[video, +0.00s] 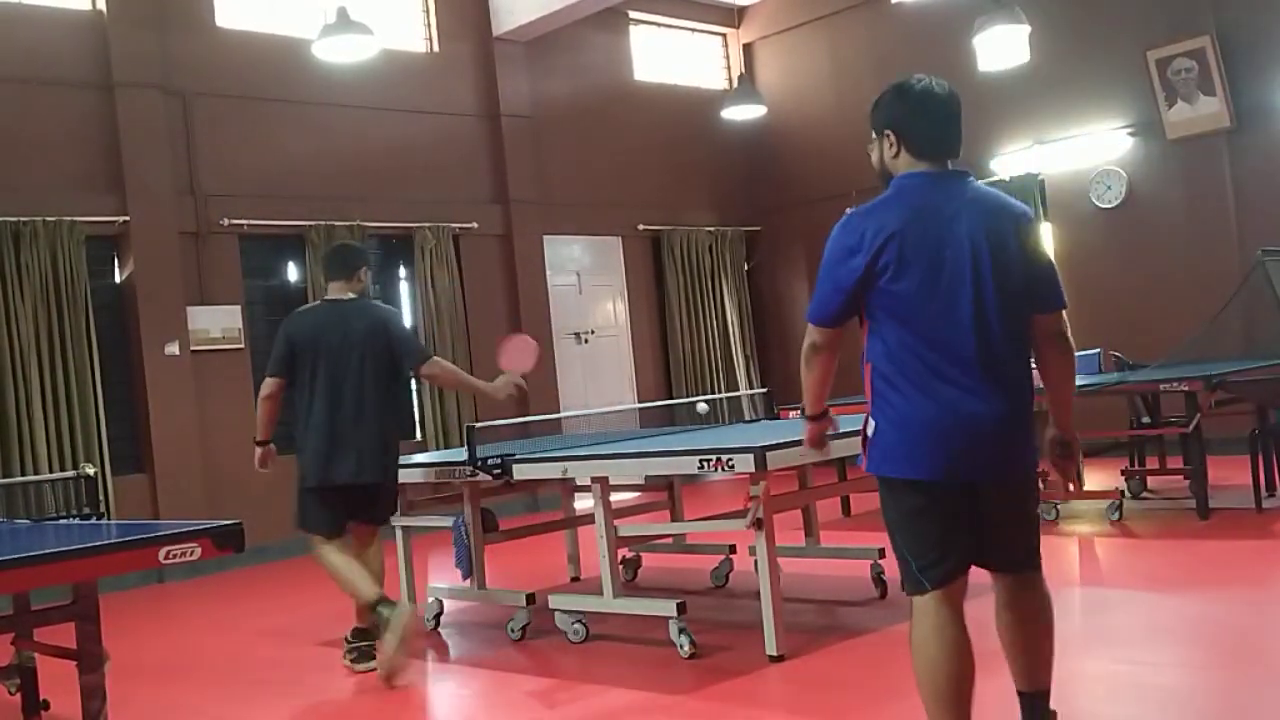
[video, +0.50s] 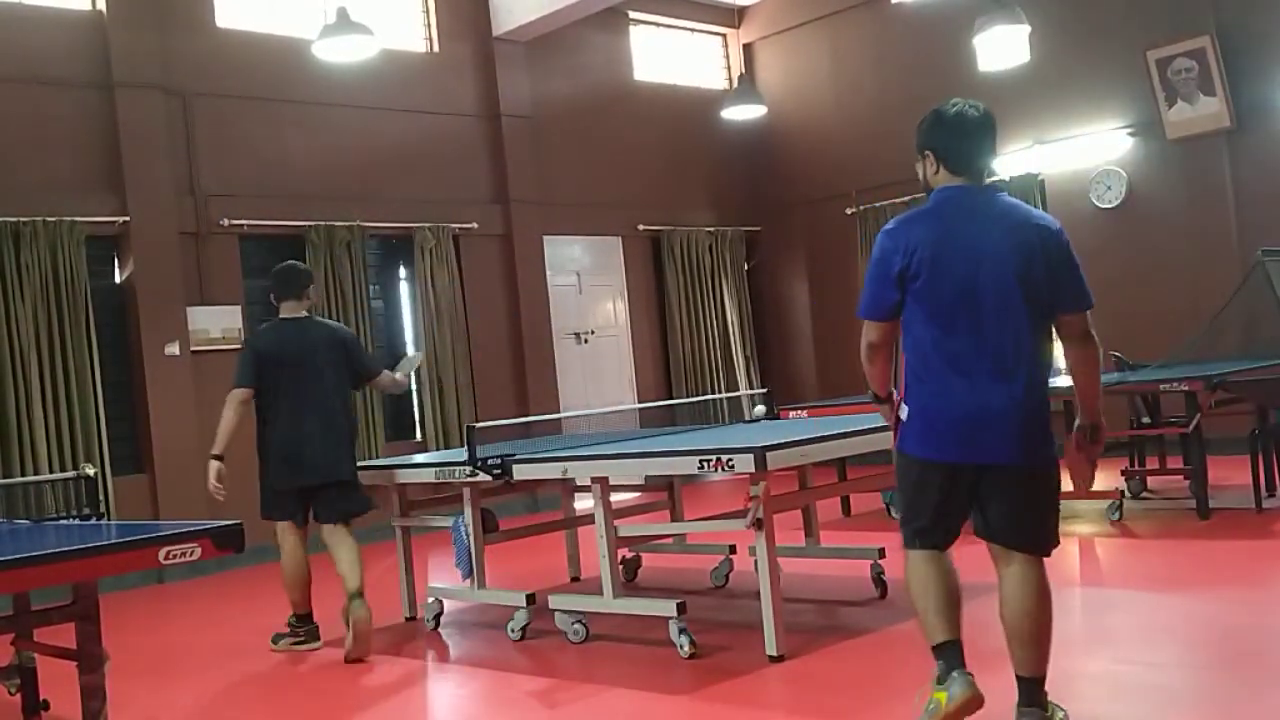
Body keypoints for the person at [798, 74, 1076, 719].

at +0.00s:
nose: (871, 153)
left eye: (872, 140)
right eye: (872, 141)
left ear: (891, 141)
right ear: (955, 139)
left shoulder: (864, 226)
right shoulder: (1013, 216)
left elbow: (822, 341)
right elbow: (1051, 334)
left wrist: (814, 416)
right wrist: (1063, 429)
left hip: (912, 447)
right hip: (1005, 438)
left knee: (935, 595)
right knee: (1018, 572)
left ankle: (948, 719)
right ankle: (1038, 711)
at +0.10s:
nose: (879, 159)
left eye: (880, 149)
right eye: (882, 148)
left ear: (896, 152)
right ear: (959, 150)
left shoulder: (869, 233)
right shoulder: (1014, 225)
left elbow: (832, 343)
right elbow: (1054, 347)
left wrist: (829, 407)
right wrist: (1078, 444)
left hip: (914, 451)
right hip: (1003, 444)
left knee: (935, 593)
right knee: (1015, 575)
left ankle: (950, 719)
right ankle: (1040, 702)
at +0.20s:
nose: (892, 167)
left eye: (894, 157)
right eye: (894, 157)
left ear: (908, 161)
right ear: (968, 158)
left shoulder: (880, 242)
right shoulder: (1021, 237)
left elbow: (846, 350)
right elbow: (1057, 351)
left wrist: (847, 412)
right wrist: (1086, 447)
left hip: (919, 454)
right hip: (1006, 451)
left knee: (936, 594)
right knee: (1014, 577)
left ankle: (950, 717)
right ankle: (1031, 705)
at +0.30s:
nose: (906, 167)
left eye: (907, 157)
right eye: (908, 156)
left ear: (921, 160)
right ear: (981, 157)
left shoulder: (890, 238)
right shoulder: (1031, 235)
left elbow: (863, 348)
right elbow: (1062, 346)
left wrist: (868, 422)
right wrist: (1087, 438)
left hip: (927, 450)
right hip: (1013, 446)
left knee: (929, 581)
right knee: (1018, 572)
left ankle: (946, 714)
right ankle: (1031, 705)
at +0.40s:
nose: (914, 164)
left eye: (915, 155)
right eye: (918, 155)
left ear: (927, 157)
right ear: (989, 154)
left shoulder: (898, 232)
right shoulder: (1037, 228)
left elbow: (871, 343)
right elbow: (1070, 337)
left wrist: (885, 417)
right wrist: (1091, 430)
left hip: (932, 438)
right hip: (1017, 437)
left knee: (921, 557)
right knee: (1018, 561)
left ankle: (948, 686)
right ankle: (1031, 703)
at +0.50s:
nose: (919, 170)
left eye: (919, 160)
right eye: (921, 160)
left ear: (930, 160)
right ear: (991, 156)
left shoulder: (903, 234)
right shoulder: (1040, 229)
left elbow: (875, 341)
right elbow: (1079, 337)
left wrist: (887, 402)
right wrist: (1091, 418)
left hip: (934, 435)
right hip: (1019, 433)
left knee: (925, 542)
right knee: (1019, 556)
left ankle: (951, 674)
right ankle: (1032, 703)